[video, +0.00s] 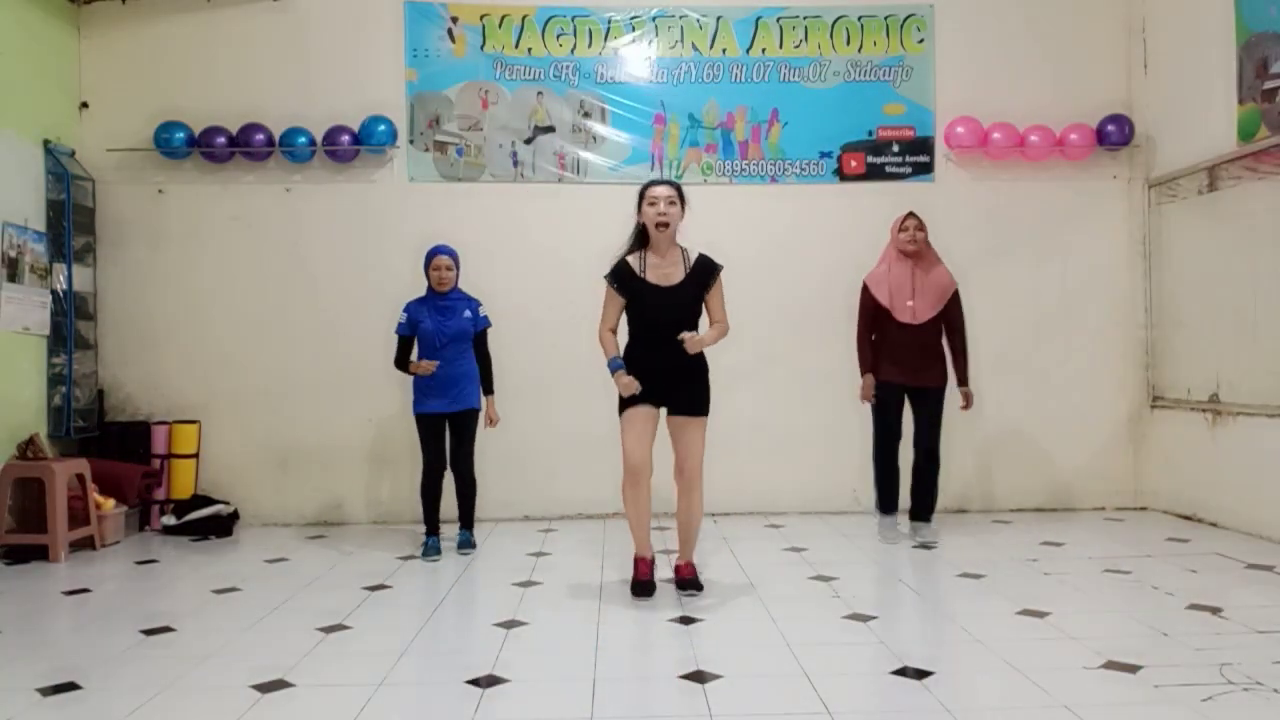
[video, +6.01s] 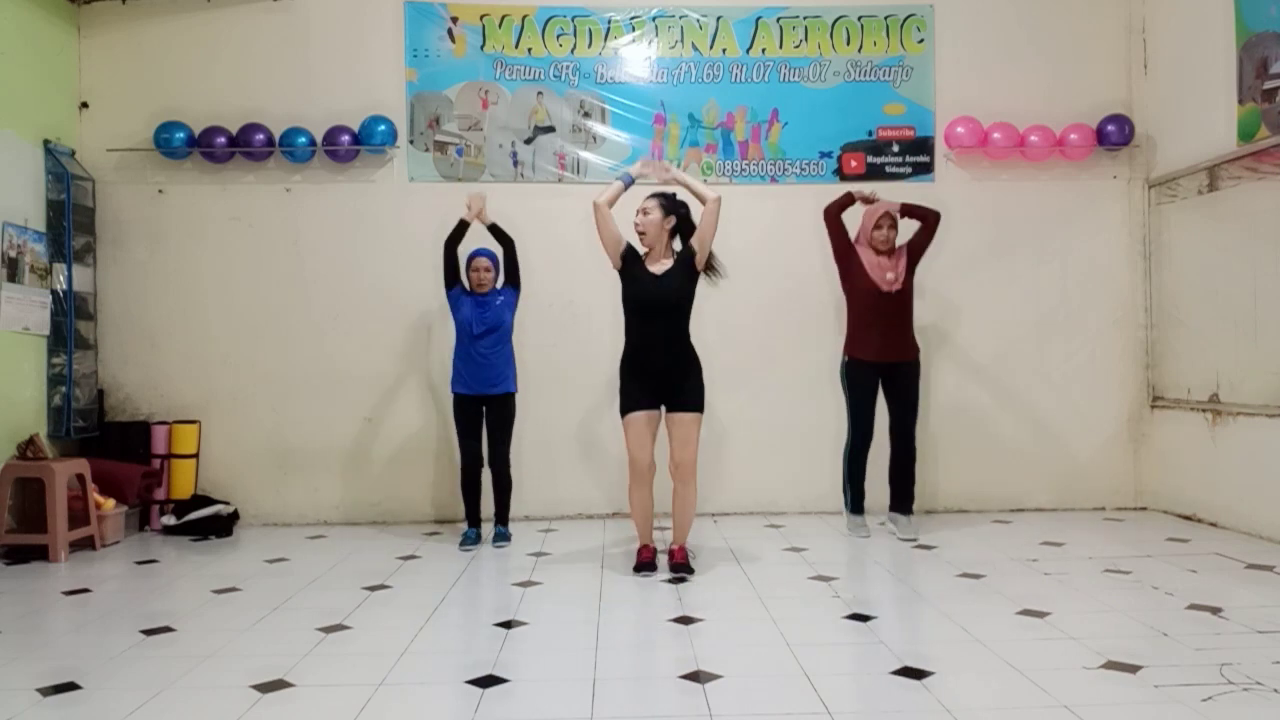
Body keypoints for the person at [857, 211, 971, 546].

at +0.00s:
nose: (912, 234)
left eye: (918, 229)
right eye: (905, 229)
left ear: (926, 236)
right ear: (894, 238)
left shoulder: (941, 279)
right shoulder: (878, 278)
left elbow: (956, 332)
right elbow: (864, 329)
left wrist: (963, 382)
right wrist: (866, 373)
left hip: (929, 375)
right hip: (887, 375)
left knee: (927, 448)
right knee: (886, 445)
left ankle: (921, 520)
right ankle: (887, 516)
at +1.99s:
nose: (910, 233)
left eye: (914, 228)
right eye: (902, 229)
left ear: (922, 234)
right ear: (890, 238)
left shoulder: (933, 276)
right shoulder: (878, 271)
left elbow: (938, 327)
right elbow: (878, 280)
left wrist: (972, 323)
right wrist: (904, 272)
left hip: (921, 368)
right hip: (879, 368)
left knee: (934, 441)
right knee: (883, 442)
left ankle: (920, 509)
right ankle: (884, 518)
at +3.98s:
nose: (893, 216)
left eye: (897, 212)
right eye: (885, 213)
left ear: (905, 220)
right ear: (874, 224)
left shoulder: (920, 258)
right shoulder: (863, 262)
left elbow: (938, 298)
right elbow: (865, 310)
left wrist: (944, 335)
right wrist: (895, 342)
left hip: (912, 355)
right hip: (870, 355)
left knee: (920, 429)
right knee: (868, 431)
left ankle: (907, 505)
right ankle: (865, 510)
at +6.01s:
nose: (885, 233)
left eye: (890, 228)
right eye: (878, 228)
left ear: (897, 232)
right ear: (866, 232)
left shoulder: (907, 258)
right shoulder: (851, 258)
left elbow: (933, 217)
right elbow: (830, 214)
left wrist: (896, 206)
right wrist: (853, 195)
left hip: (903, 359)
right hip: (861, 359)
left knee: (903, 437)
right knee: (861, 436)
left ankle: (900, 512)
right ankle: (855, 511)